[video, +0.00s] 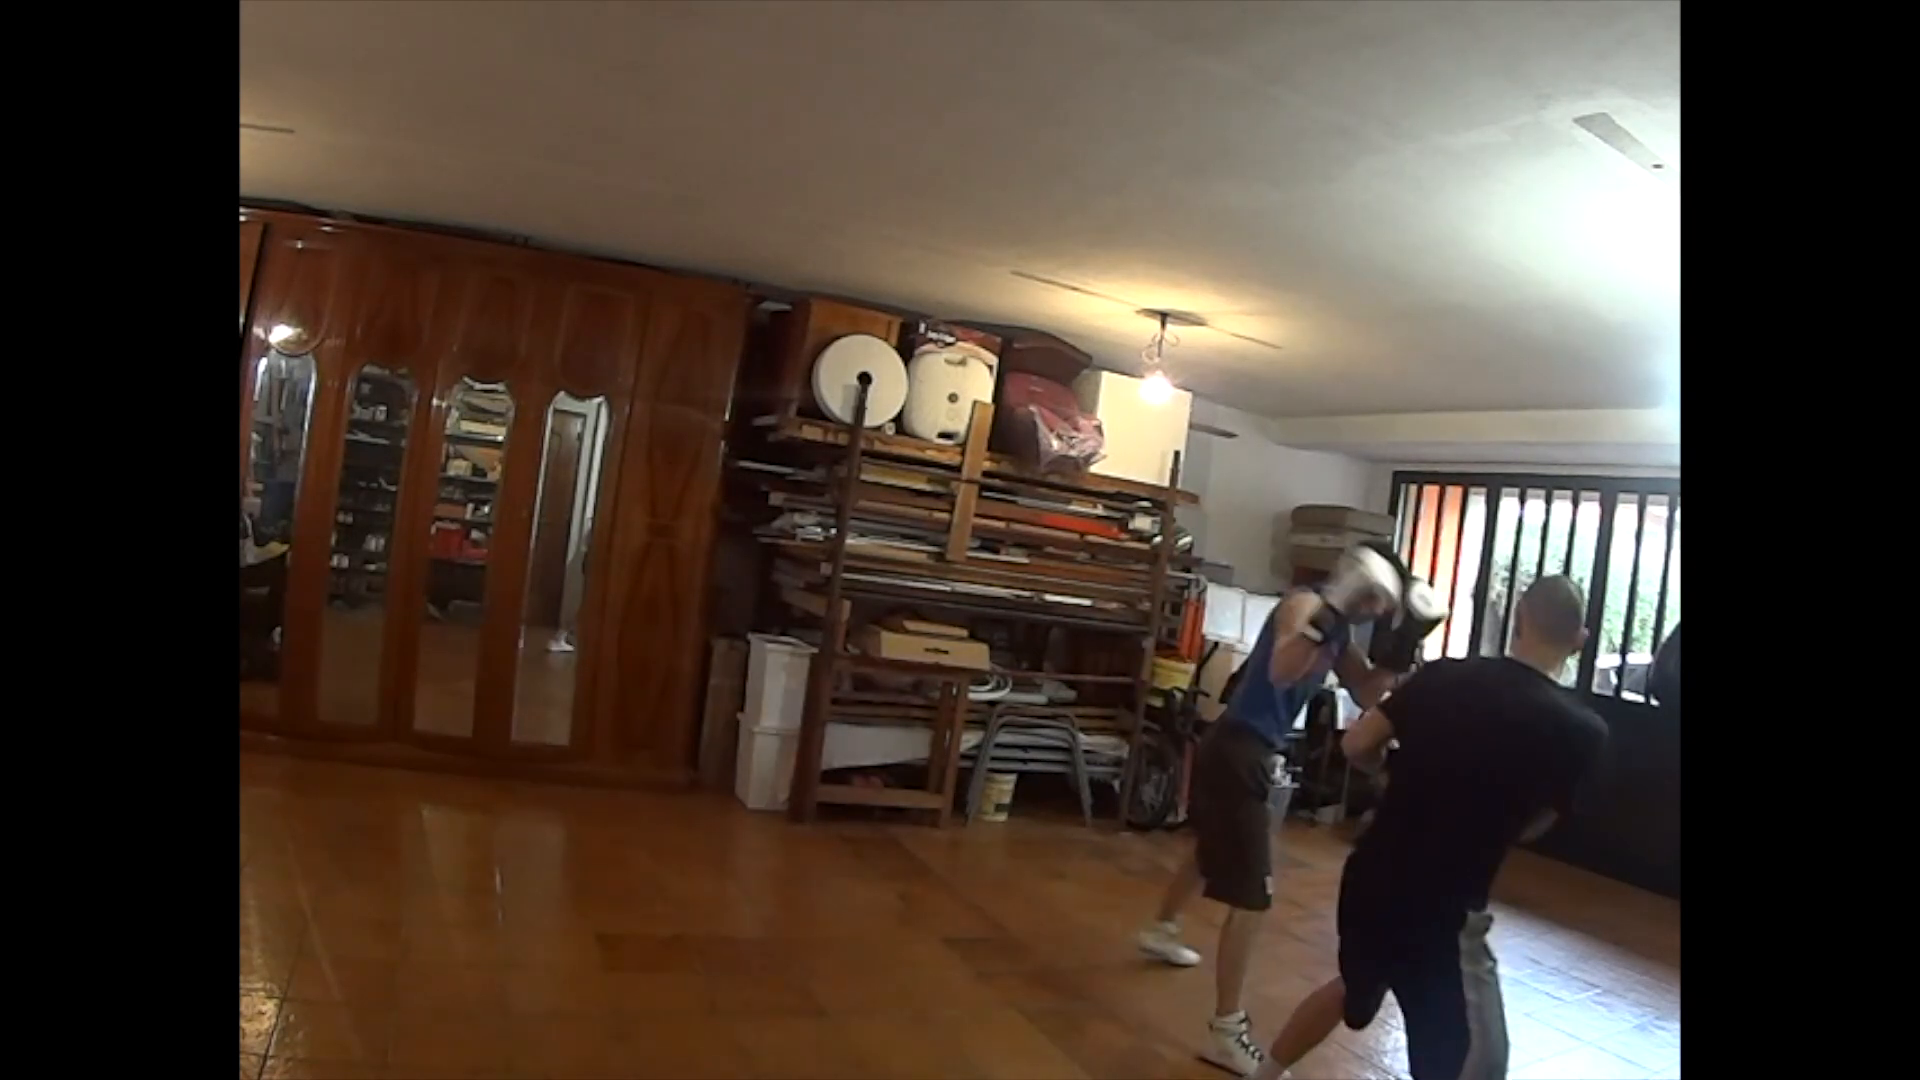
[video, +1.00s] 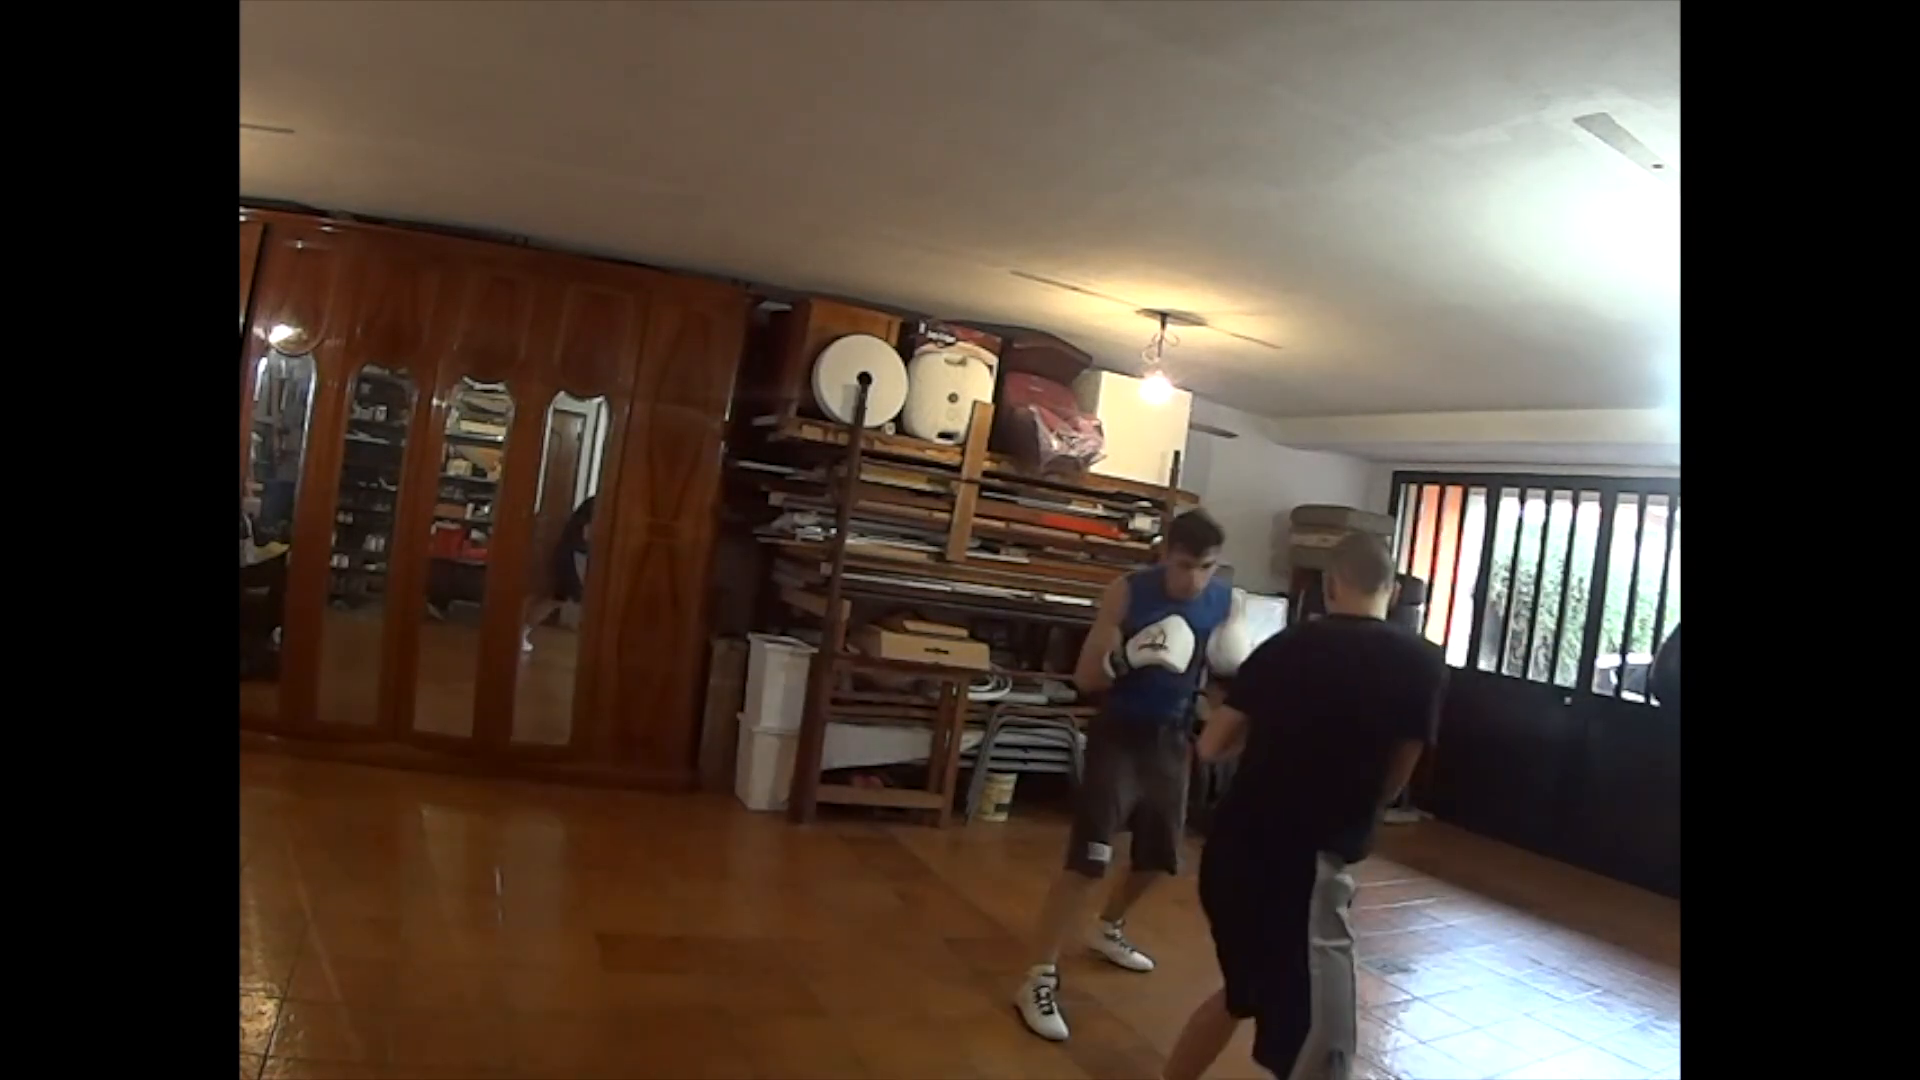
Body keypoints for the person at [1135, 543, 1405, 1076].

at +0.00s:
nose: (1376, 615)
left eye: (1382, 611)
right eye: (1377, 605)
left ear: (1366, 600)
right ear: (1359, 588)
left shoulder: (1337, 630)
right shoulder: (1301, 605)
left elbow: (1370, 692)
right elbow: (1285, 670)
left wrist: (1405, 644)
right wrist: (1333, 616)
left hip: (1252, 750)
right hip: (1236, 750)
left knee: (1207, 848)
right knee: (1251, 897)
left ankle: (1160, 928)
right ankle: (1226, 1026)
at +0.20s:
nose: (1326, 569)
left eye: (1328, 558)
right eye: (1323, 556)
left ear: (1304, 559)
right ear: (1304, 556)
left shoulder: (1295, 607)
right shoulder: (1263, 592)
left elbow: (1327, 674)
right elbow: (1313, 652)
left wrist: (1342, 605)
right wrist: (1329, 598)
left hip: (1247, 753)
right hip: (1226, 751)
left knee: (1203, 860)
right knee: (1241, 896)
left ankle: (1119, 918)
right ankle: (1225, 1028)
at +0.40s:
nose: (1286, 582)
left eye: (1290, 574)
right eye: (1283, 569)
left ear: (1285, 578)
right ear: (1260, 561)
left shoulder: (1263, 617)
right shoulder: (1213, 595)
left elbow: (1276, 679)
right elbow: (1229, 656)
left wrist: (1303, 628)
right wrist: (1256, 599)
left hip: (1224, 750)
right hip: (1192, 745)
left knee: (1178, 861)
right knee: (1208, 885)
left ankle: (1105, 927)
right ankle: (1213, 1020)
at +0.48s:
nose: (1277, 582)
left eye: (1281, 575)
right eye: (1275, 571)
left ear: (1274, 579)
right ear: (1253, 560)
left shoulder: (1253, 617)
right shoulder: (1199, 593)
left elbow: (1266, 679)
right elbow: (1189, 654)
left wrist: (1294, 626)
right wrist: (1233, 611)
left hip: (1214, 743)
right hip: (1181, 740)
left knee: (1173, 855)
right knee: (1190, 873)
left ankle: (1104, 925)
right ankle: (1196, 1011)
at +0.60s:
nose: (1258, 566)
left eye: (1268, 561)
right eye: (1253, 554)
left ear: (1272, 565)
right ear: (1231, 543)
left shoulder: (1246, 606)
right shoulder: (1187, 579)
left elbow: (1254, 673)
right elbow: (1131, 645)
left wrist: (1286, 612)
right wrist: (1183, 608)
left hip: (1197, 729)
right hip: (1170, 723)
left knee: (1163, 843)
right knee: (1174, 857)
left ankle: (1105, 923)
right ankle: (1136, 991)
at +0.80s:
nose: (1236, 564)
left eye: (1243, 554)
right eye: (1229, 551)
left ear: (1246, 554)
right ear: (1206, 543)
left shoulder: (1231, 601)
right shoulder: (1162, 582)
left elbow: (1235, 681)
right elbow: (1104, 653)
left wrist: (1259, 619)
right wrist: (1147, 636)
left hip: (1190, 733)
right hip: (1152, 728)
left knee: (1149, 851)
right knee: (1129, 861)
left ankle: (1103, 929)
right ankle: (1052, 973)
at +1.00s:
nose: (1197, 579)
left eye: (1206, 568)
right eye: (1187, 567)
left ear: (1216, 563)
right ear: (1165, 554)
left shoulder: (1222, 600)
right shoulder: (1127, 591)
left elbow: (1226, 665)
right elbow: (1088, 675)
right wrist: (1124, 664)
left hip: (1172, 741)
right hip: (1118, 735)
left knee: (1157, 855)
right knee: (1090, 861)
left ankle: (1108, 927)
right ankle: (1040, 977)